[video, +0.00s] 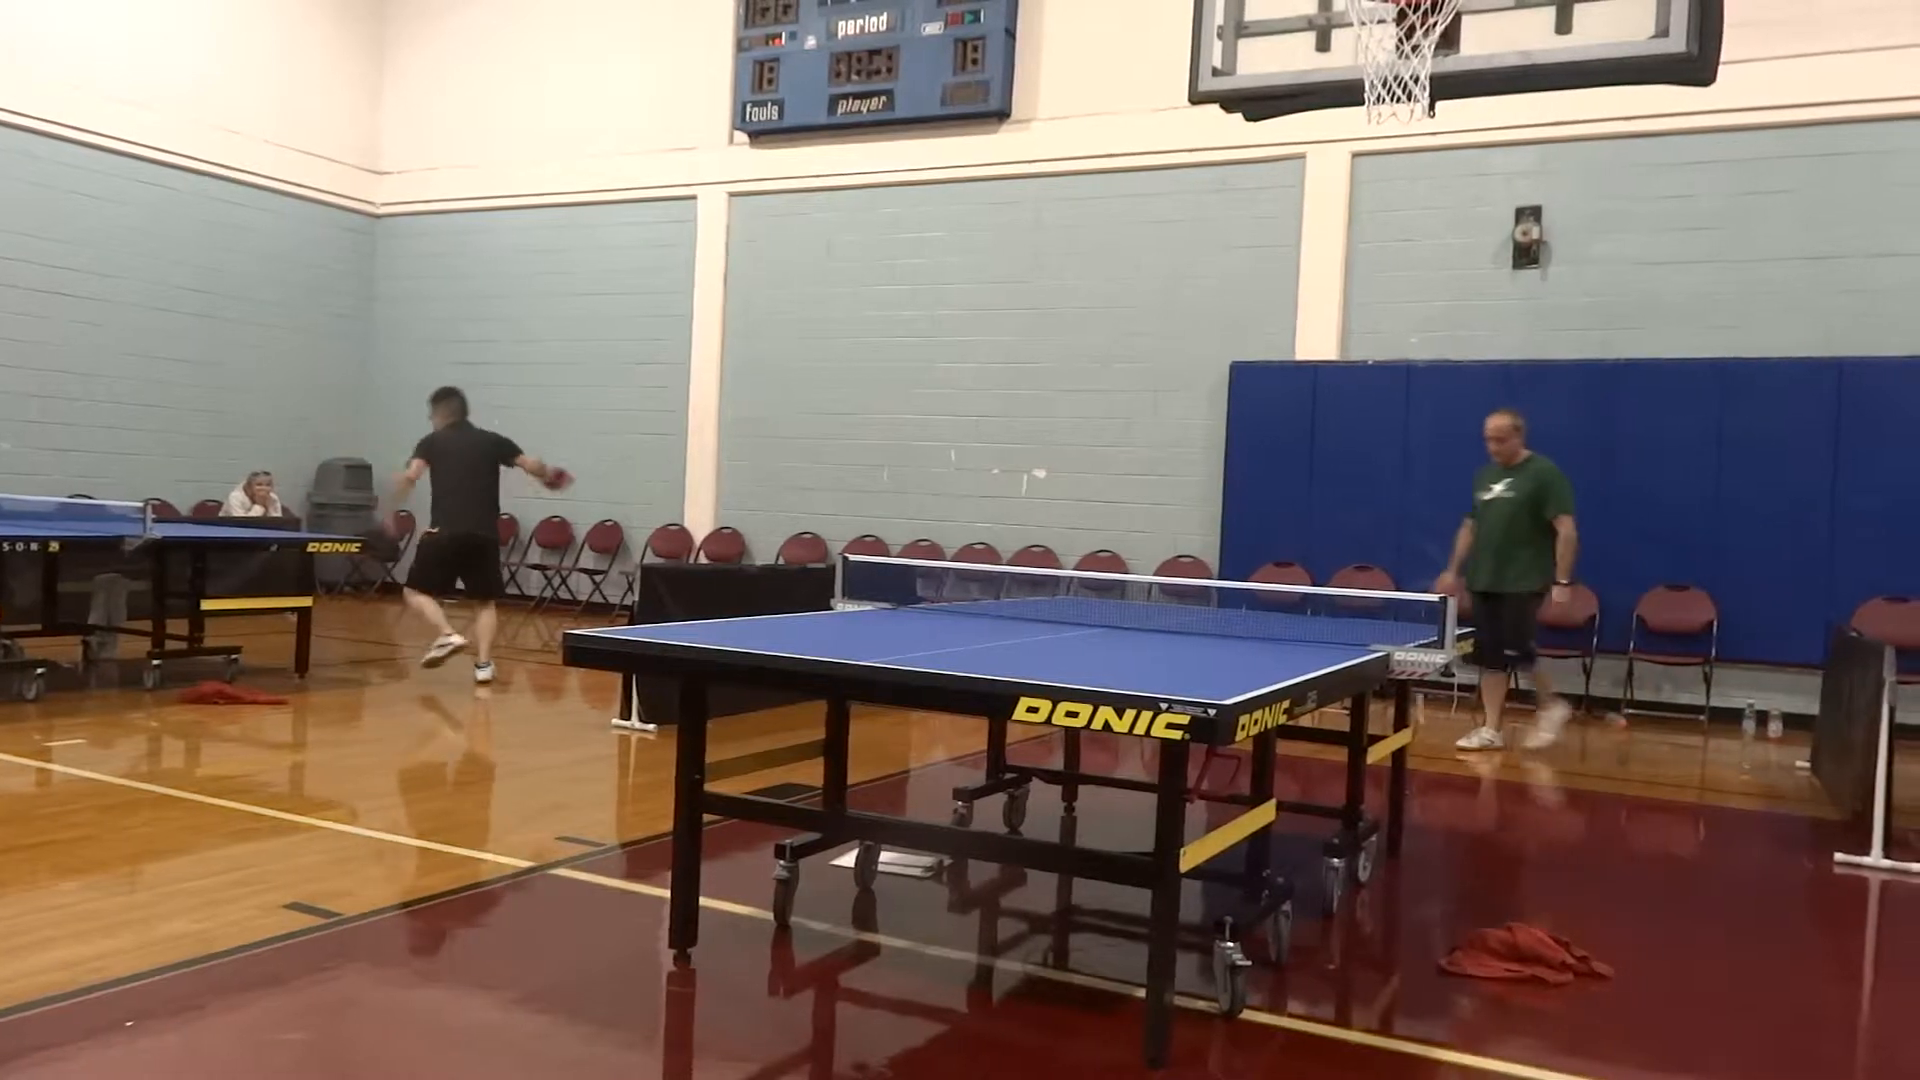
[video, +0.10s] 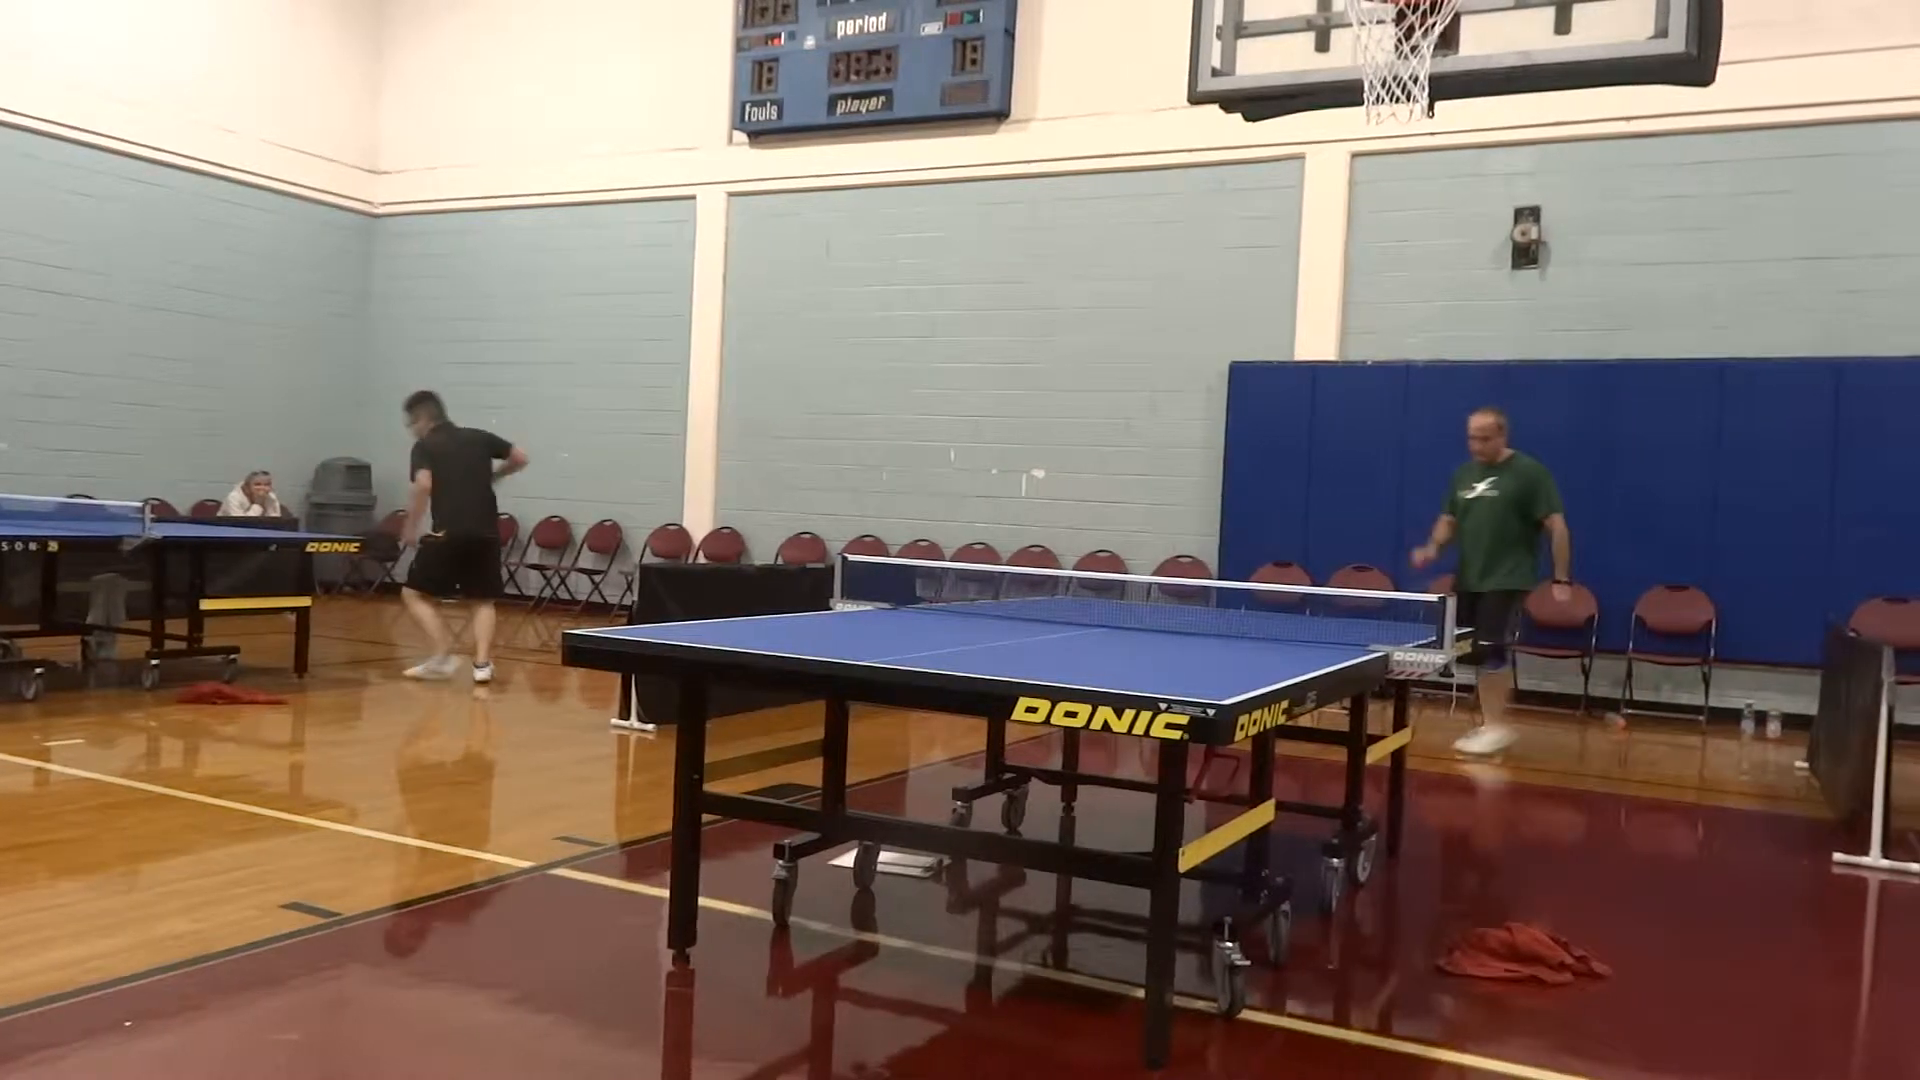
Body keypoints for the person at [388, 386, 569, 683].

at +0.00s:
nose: (431, 420)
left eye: (432, 415)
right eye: (431, 415)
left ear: (439, 414)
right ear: (464, 412)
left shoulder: (433, 441)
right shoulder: (491, 440)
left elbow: (411, 477)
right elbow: (531, 465)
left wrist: (393, 508)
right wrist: (549, 475)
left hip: (444, 534)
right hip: (484, 535)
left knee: (415, 590)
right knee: (486, 602)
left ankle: (446, 634)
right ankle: (484, 665)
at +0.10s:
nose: (412, 430)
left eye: (413, 423)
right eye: (410, 424)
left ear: (424, 419)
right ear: (440, 414)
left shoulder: (425, 446)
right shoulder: (476, 436)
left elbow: (423, 485)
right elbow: (519, 458)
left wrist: (411, 526)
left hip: (448, 535)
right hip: (486, 535)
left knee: (413, 593)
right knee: (483, 599)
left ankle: (443, 655)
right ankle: (482, 664)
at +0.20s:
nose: (396, 432)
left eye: (398, 424)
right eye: (394, 426)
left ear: (413, 419)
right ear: (425, 417)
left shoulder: (421, 445)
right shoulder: (457, 439)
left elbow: (437, 483)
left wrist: (424, 526)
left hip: (452, 535)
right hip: (485, 532)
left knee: (414, 594)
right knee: (480, 600)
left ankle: (439, 660)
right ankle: (481, 662)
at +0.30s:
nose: (388, 426)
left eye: (392, 418)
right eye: (387, 419)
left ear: (410, 416)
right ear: (413, 417)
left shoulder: (428, 440)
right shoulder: (429, 442)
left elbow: (451, 473)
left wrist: (445, 520)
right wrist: (392, 471)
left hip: (443, 530)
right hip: (472, 531)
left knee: (410, 594)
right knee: (472, 597)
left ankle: (437, 660)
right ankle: (482, 649)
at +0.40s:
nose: (382, 417)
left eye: (387, 411)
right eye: (382, 411)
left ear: (406, 410)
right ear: (406, 411)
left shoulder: (426, 437)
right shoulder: (418, 440)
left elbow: (460, 461)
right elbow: (405, 469)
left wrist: (466, 499)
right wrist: (370, 456)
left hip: (438, 528)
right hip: (455, 527)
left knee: (410, 591)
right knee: (452, 591)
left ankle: (438, 660)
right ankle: (478, 646)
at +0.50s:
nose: (381, 412)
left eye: (386, 407)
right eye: (381, 406)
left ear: (406, 408)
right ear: (400, 408)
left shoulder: (427, 434)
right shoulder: (410, 439)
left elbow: (460, 457)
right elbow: (398, 471)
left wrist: (475, 494)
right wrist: (363, 458)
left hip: (441, 525)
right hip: (438, 525)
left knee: (410, 590)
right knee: (438, 592)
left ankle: (438, 659)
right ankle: (453, 651)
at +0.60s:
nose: (379, 415)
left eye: (385, 409)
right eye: (380, 409)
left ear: (405, 411)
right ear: (397, 412)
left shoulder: (425, 437)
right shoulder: (405, 444)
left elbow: (461, 464)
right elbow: (397, 482)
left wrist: (471, 504)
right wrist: (359, 474)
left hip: (439, 526)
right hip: (426, 526)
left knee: (407, 589)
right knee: (419, 592)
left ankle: (436, 658)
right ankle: (424, 649)